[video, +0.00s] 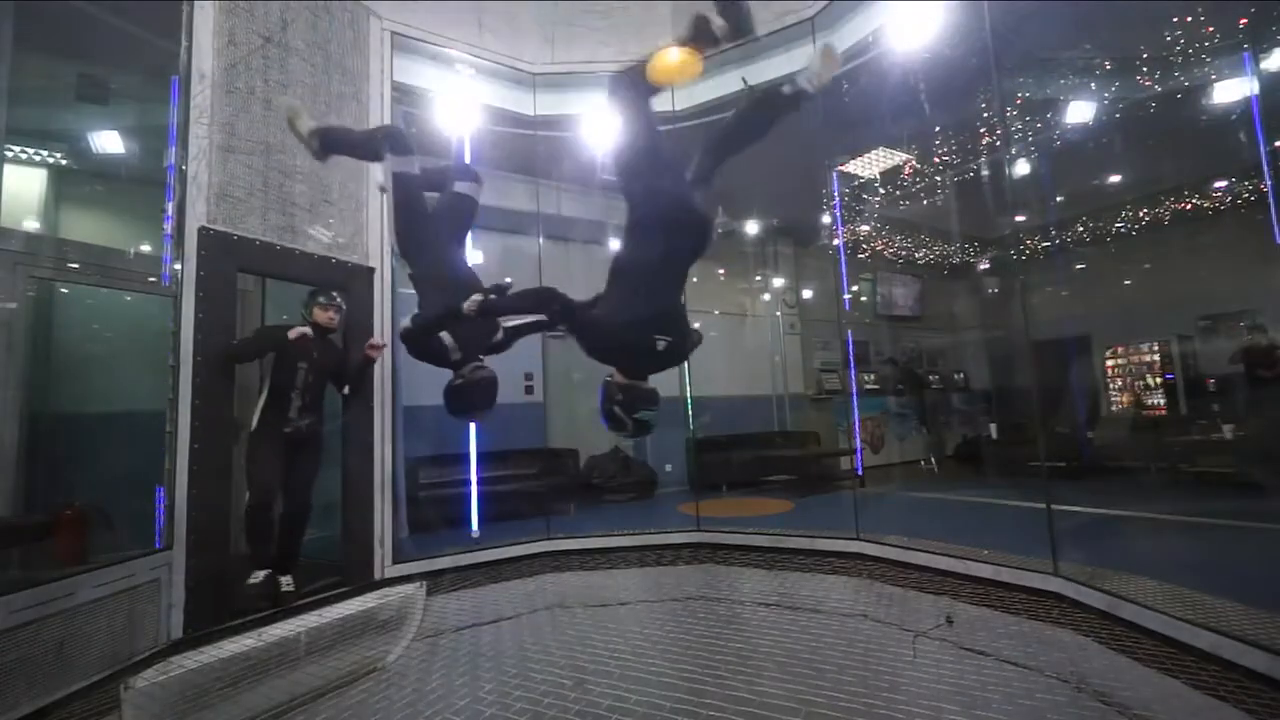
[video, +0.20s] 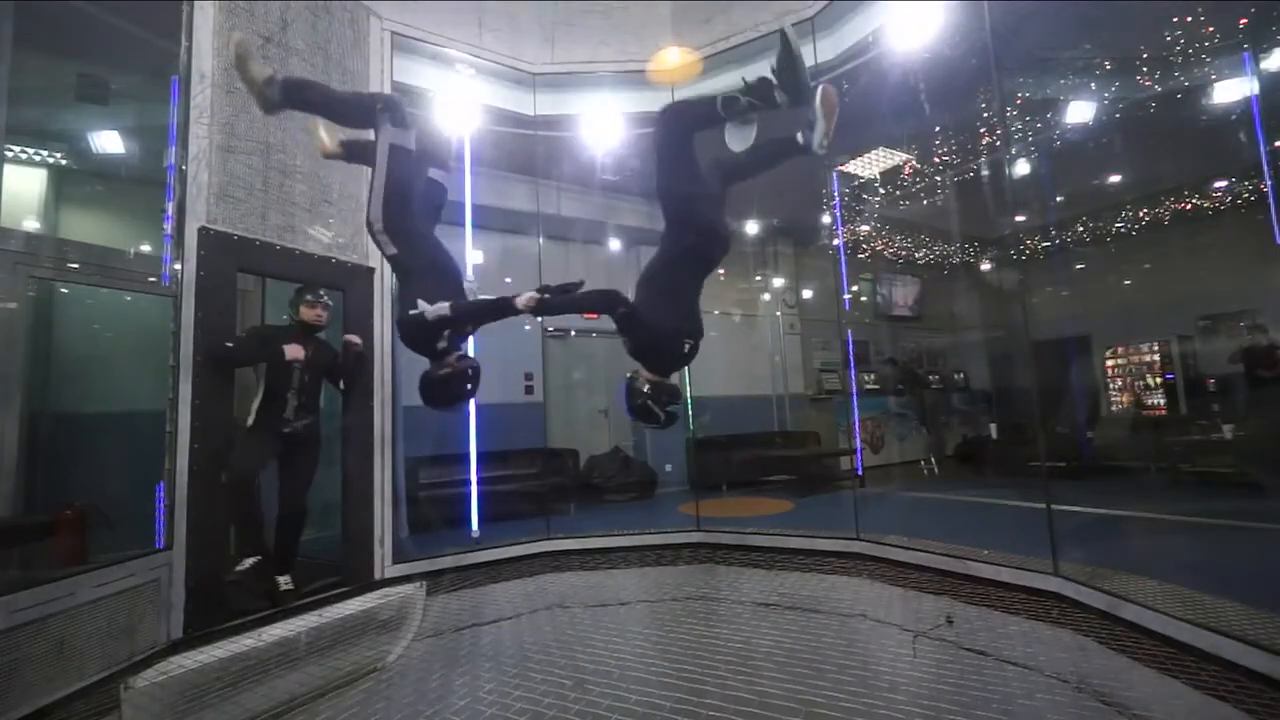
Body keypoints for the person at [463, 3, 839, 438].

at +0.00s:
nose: (627, 393)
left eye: (620, 407)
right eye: (631, 409)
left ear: (611, 394)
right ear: (638, 396)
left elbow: (549, 305)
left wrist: (489, 310)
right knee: (716, 151)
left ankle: (691, 46)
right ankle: (802, 88)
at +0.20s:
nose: (666, 394)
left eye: (659, 398)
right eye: (664, 399)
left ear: (645, 388)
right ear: (656, 388)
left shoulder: (680, 354)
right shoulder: (646, 344)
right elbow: (606, 299)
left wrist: (536, 302)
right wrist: (542, 305)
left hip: (709, 248)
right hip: (691, 235)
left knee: (722, 171)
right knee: (672, 118)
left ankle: (804, 141)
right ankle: (749, 102)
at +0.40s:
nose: (662, 389)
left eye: (655, 389)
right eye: (660, 392)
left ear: (644, 376)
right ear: (649, 376)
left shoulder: (664, 350)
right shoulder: (661, 343)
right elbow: (628, 303)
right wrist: (571, 304)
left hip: (699, 253)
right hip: (693, 248)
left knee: (705, 193)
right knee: (683, 143)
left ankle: (775, 146)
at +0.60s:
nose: (631, 370)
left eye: (629, 374)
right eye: (632, 374)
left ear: (623, 368)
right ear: (632, 369)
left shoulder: (629, 339)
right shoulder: (645, 340)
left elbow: (610, 315)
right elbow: (643, 300)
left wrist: (587, 309)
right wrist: (588, 300)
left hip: (657, 259)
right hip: (668, 254)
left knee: (659, 210)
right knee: (655, 169)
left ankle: (724, 178)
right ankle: (701, 170)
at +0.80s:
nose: (593, 360)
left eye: (591, 363)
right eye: (595, 364)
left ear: (593, 359)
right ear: (602, 362)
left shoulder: (588, 336)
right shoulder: (622, 343)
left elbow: (564, 324)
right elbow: (625, 301)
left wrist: (537, 312)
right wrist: (589, 293)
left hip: (606, 266)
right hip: (634, 263)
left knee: (591, 215)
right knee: (629, 184)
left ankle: (641, 218)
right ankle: (675, 196)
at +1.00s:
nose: (563, 360)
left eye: (559, 364)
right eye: (571, 366)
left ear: (550, 362)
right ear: (575, 362)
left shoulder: (544, 337)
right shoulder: (589, 339)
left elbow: (516, 321)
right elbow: (608, 299)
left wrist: (491, 309)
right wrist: (581, 280)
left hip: (560, 271)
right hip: (591, 271)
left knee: (549, 216)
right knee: (611, 197)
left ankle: (596, 231)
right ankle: (638, 219)